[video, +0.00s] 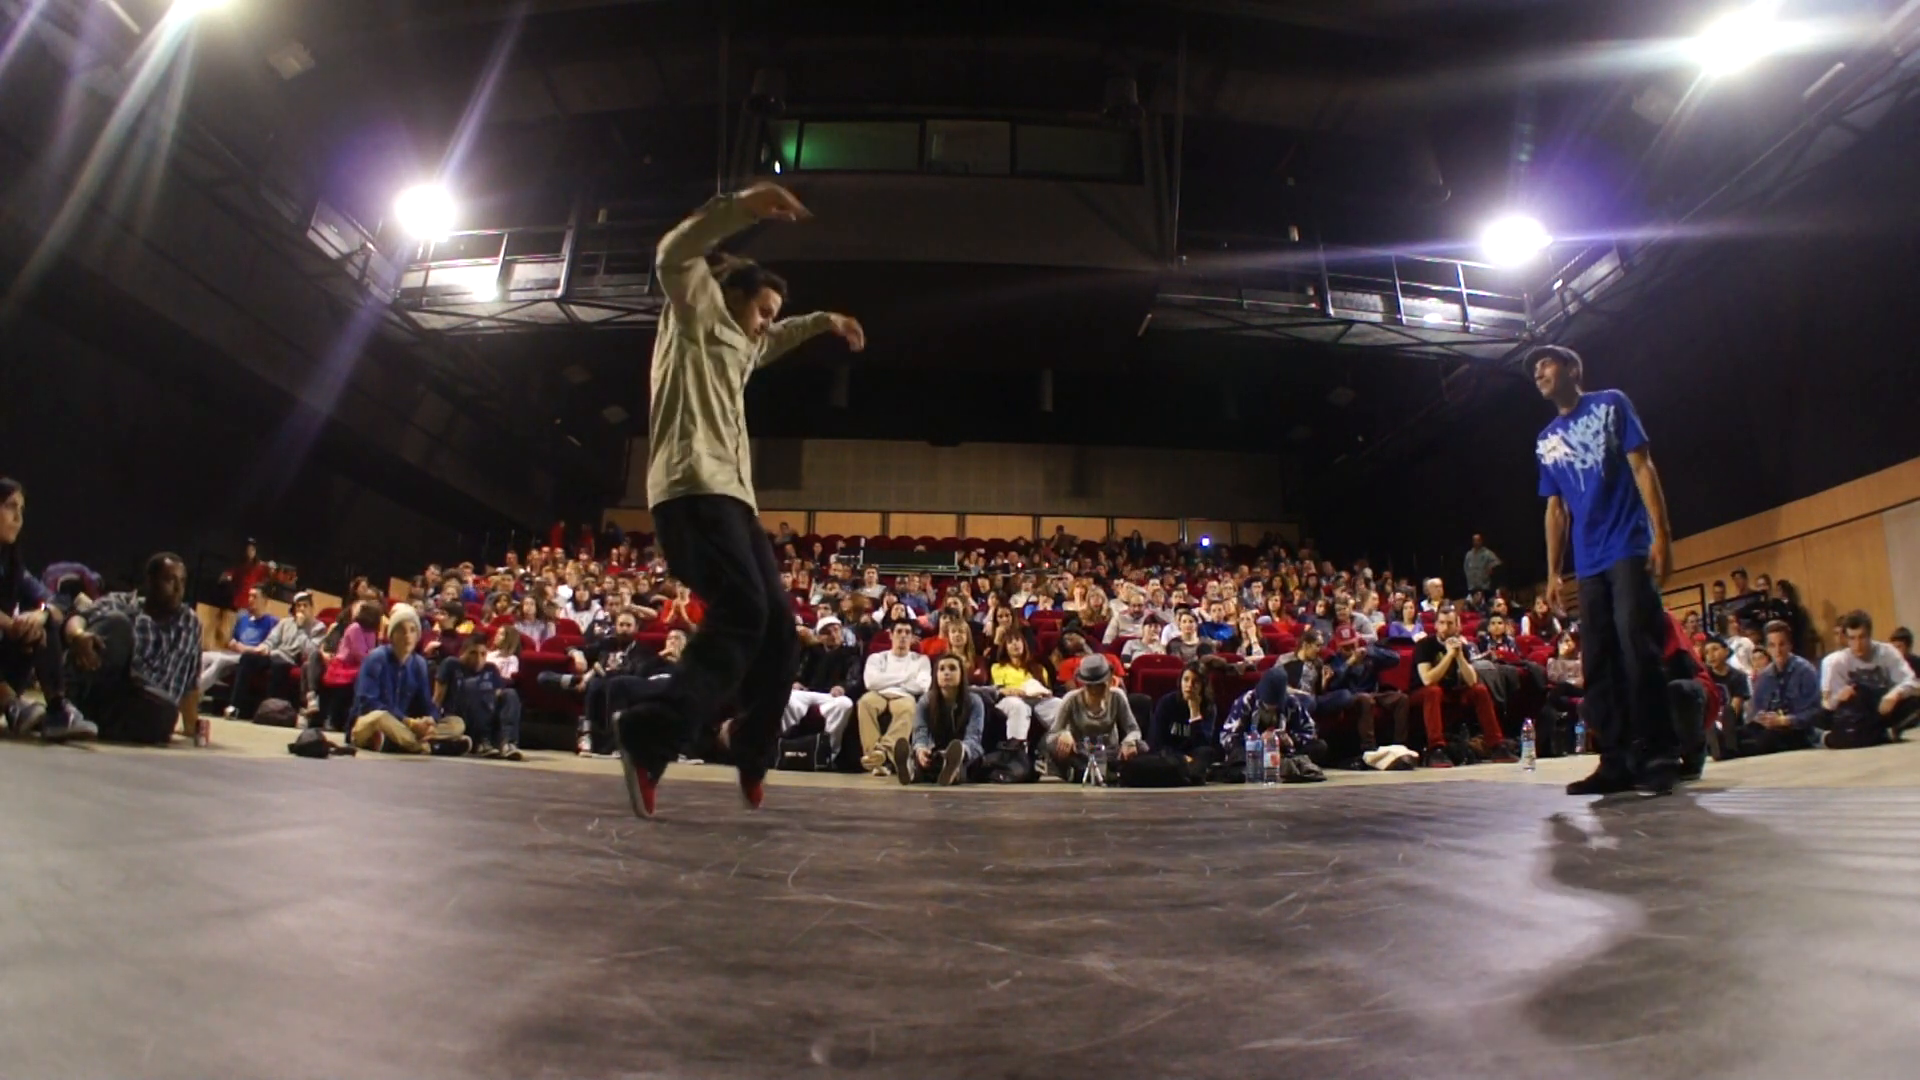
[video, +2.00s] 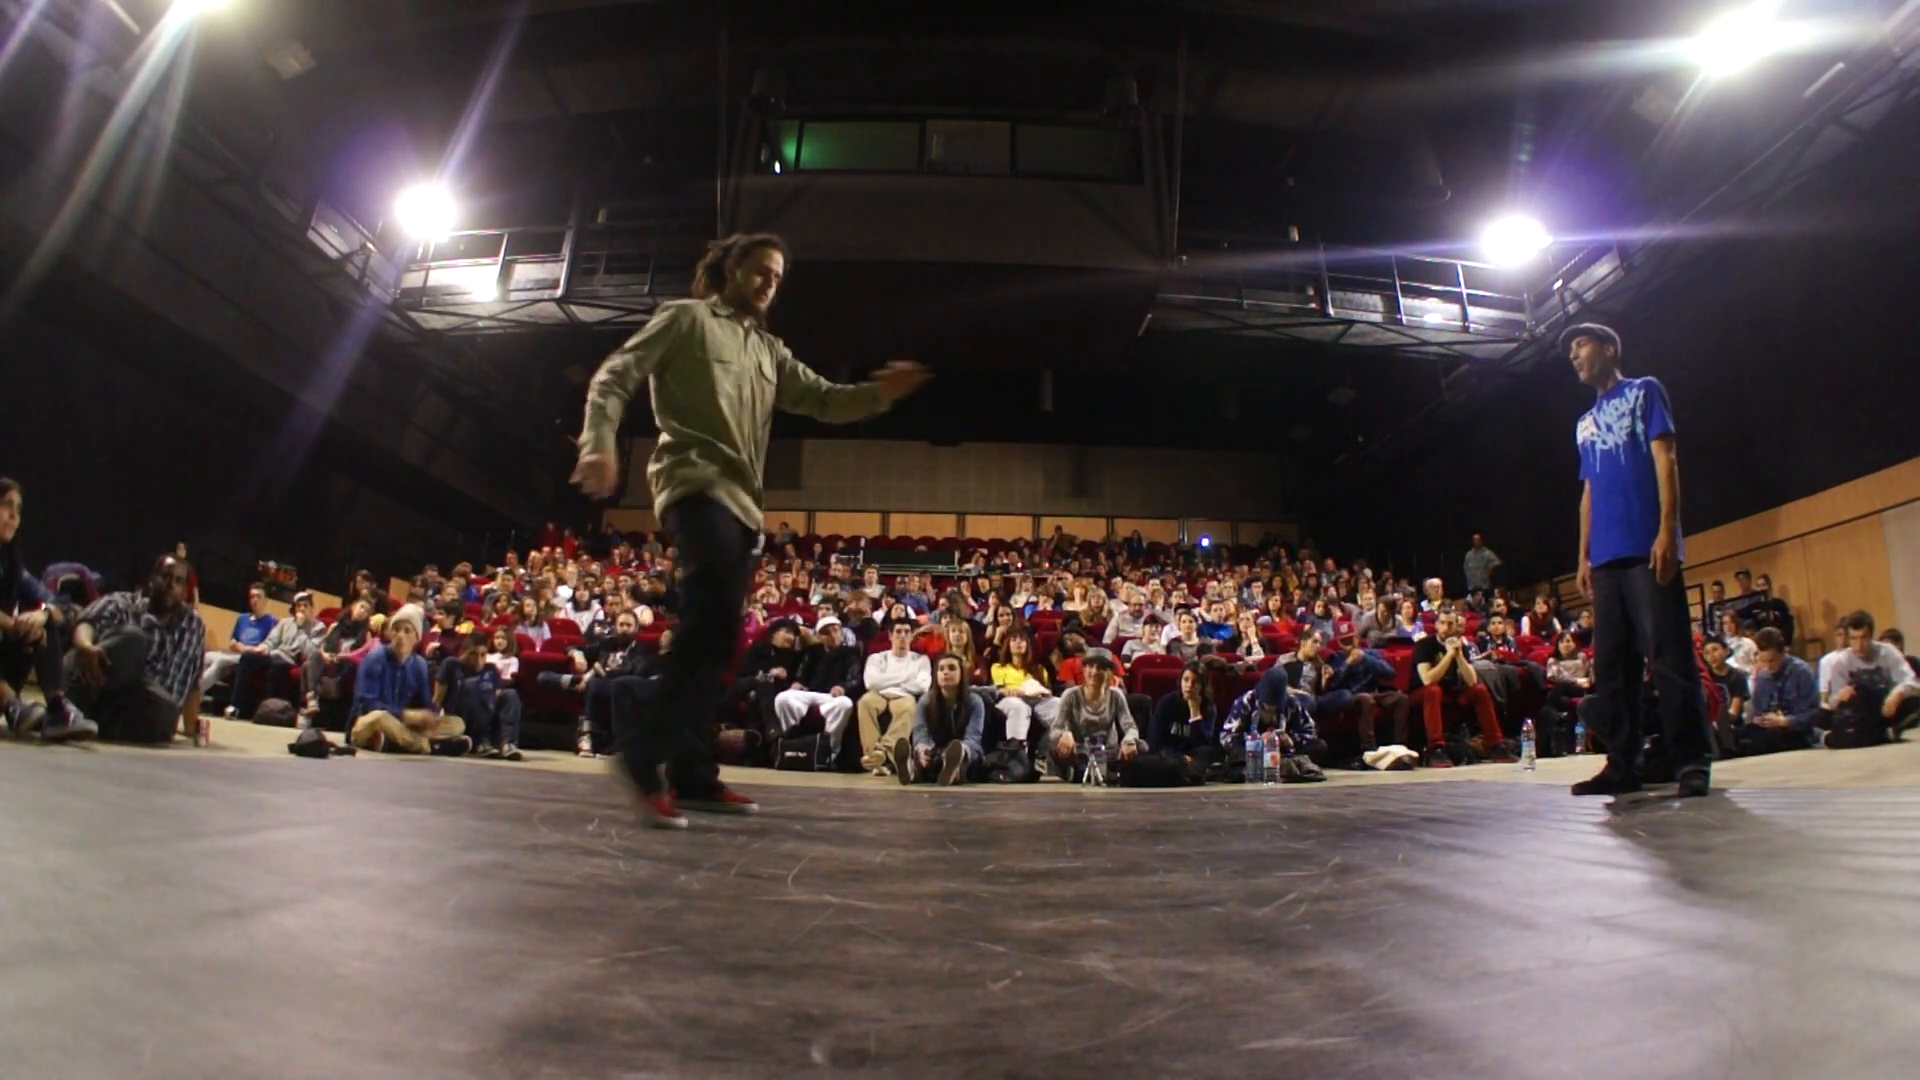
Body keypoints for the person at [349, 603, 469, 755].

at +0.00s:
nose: (408, 637)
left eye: (413, 631)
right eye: (401, 631)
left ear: (418, 635)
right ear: (391, 635)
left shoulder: (420, 664)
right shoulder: (376, 659)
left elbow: (426, 704)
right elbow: (367, 703)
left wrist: (430, 720)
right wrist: (407, 722)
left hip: (411, 724)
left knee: (457, 723)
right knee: (381, 717)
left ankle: (394, 744)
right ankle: (425, 748)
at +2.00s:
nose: (400, 636)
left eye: (407, 631)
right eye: (396, 630)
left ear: (417, 638)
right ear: (390, 633)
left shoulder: (420, 665)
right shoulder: (375, 659)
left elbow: (426, 705)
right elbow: (366, 704)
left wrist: (428, 719)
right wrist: (405, 715)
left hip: (410, 724)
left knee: (457, 724)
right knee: (380, 718)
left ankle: (393, 743)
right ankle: (428, 747)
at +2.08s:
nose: (400, 637)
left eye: (407, 632)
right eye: (396, 630)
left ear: (417, 638)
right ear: (390, 634)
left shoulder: (420, 665)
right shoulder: (373, 660)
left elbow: (420, 707)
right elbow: (364, 704)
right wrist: (406, 700)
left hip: (410, 724)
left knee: (456, 724)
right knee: (379, 718)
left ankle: (393, 744)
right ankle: (428, 747)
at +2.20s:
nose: (398, 637)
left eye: (405, 633)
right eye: (394, 631)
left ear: (415, 639)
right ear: (388, 633)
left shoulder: (419, 664)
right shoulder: (372, 660)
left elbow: (426, 706)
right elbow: (367, 705)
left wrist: (428, 720)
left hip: (404, 724)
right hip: (366, 725)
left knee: (457, 724)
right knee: (380, 717)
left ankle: (393, 744)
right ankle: (428, 747)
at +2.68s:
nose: (381, 629)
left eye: (387, 624)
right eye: (376, 624)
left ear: (398, 630)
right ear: (371, 630)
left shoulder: (408, 661)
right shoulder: (359, 659)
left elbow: (427, 700)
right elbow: (354, 696)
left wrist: (419, 702)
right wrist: (385, 675)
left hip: (402, 723)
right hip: (364, 727)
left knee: (456, 723)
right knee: (379, 716)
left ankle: (393, 743)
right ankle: (430, 748)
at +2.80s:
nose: (377, 626)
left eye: (382, 621)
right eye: (372, 622)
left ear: (393, 628)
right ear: (366, 627)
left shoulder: (400, 657)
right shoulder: (356, 655)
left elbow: (427, 690)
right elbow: (349, 679)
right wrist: (384, 681)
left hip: (401, 720)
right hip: (364, 725)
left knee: (455, 717)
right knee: (379, 713)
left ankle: (395, 742)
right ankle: (429, 747)